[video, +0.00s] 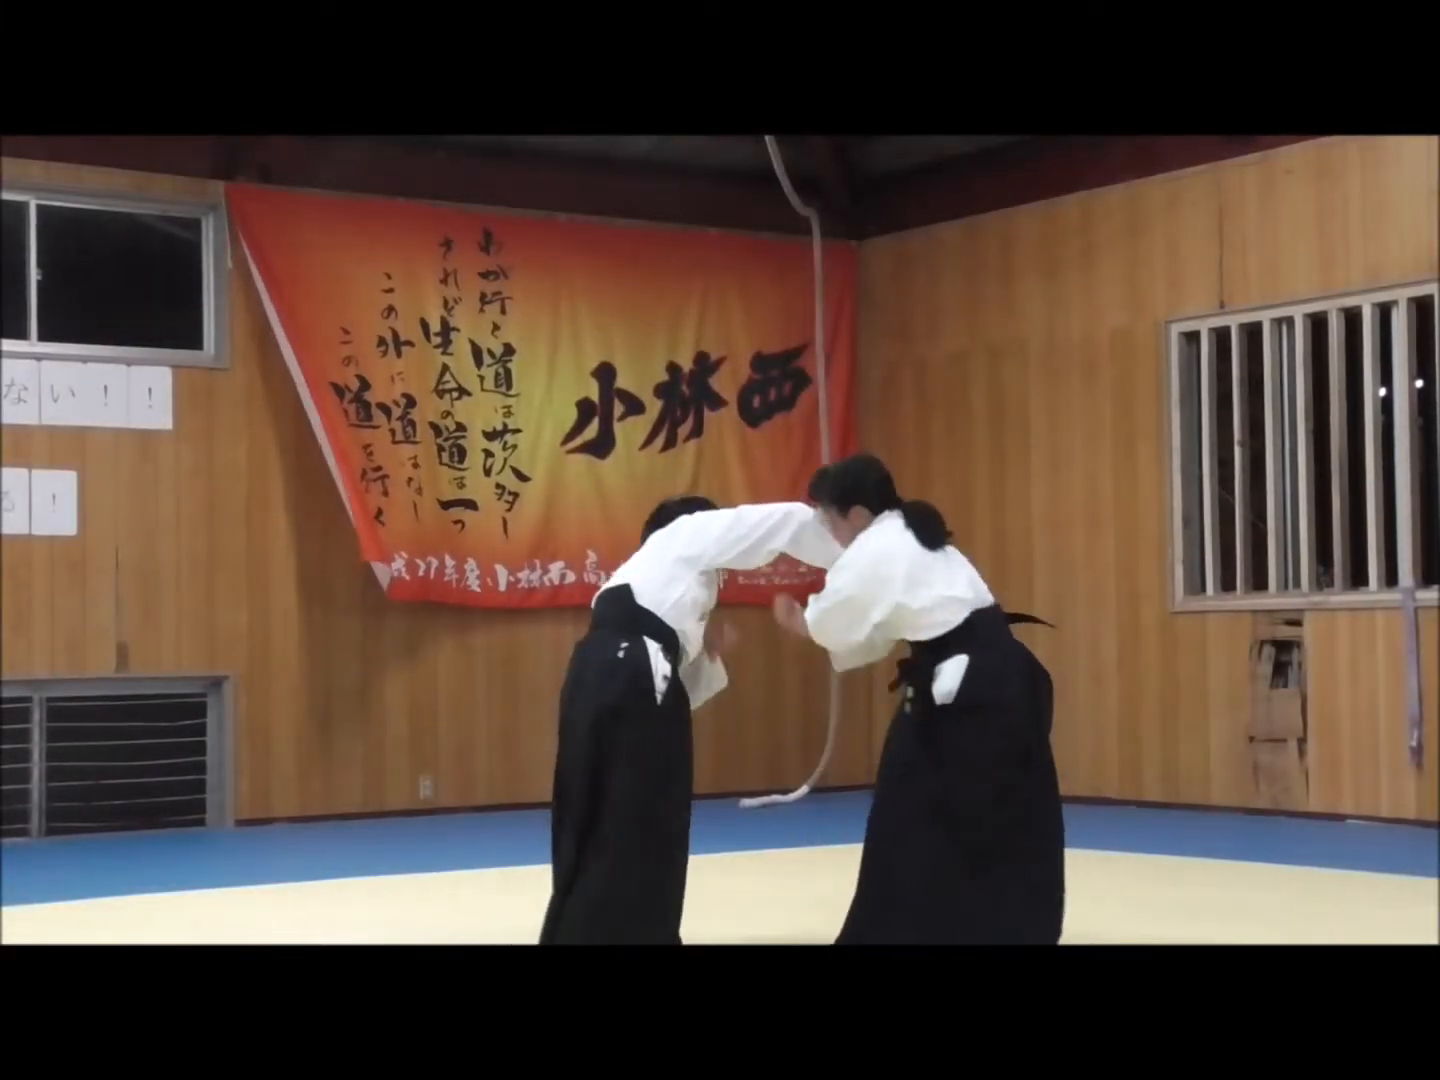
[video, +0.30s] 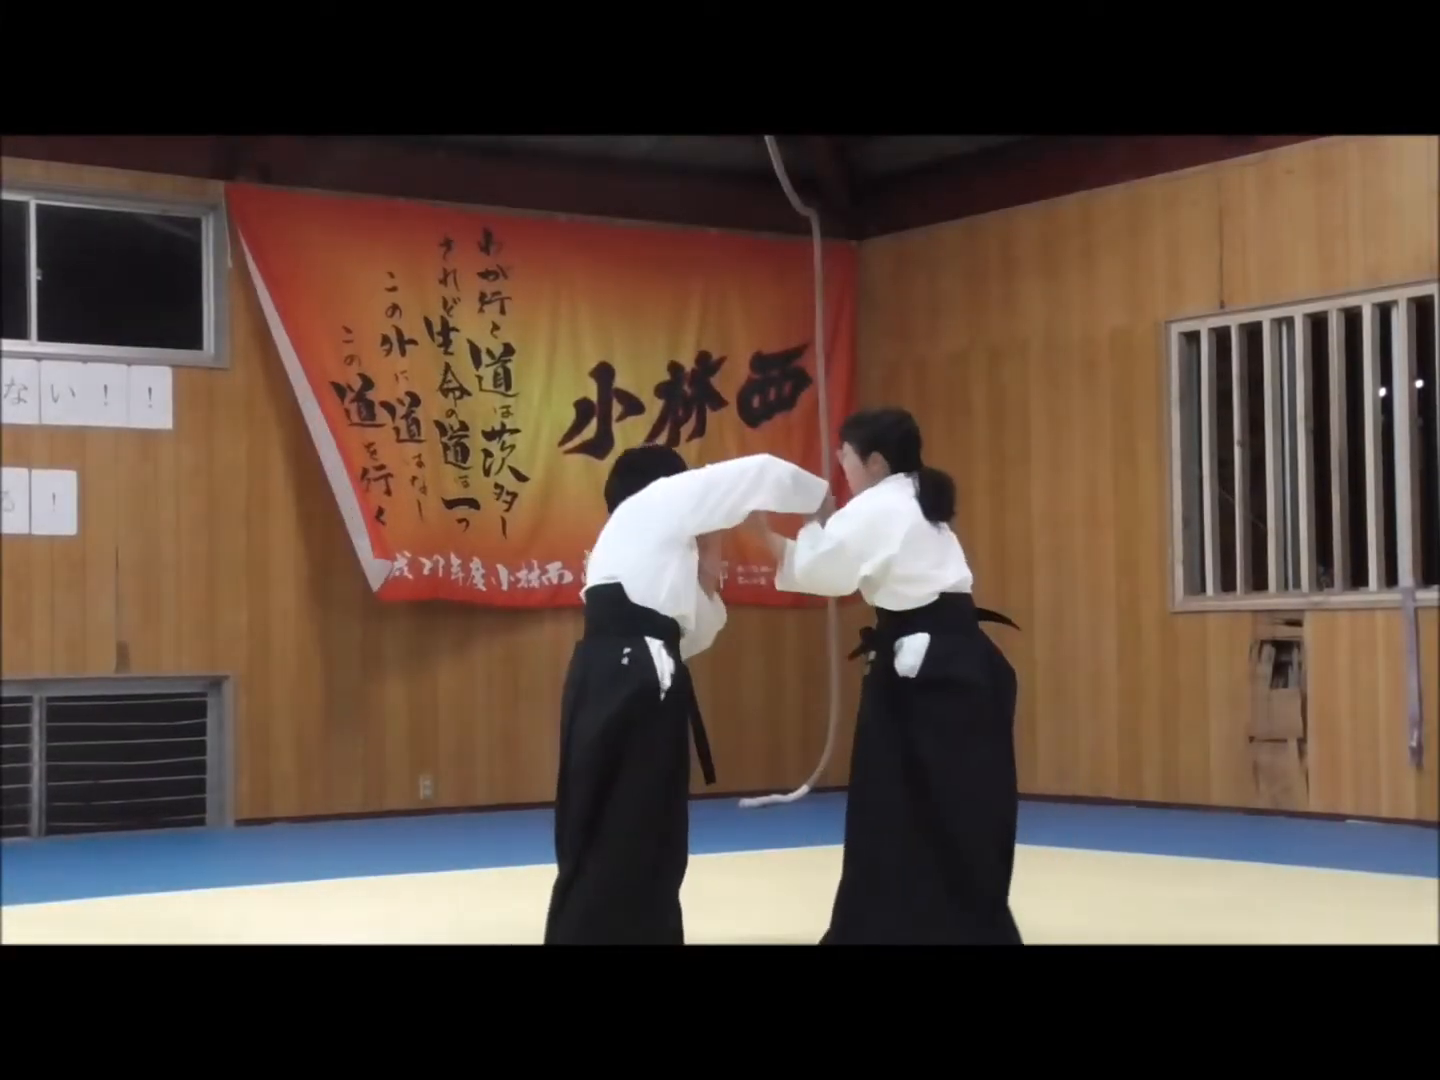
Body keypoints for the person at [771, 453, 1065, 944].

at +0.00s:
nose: (828, 532)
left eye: (828, 519)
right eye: (824, 520)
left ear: (855, 513)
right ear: (877, 504)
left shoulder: (872, 552)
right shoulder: (922, 533)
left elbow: (830, 627)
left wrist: (795, 620)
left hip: (963, 683)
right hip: (1015, 670)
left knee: (912, 818)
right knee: (1010, 820)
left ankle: (905, 931)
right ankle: (1007, 931)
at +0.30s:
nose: (843, 469)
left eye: (847, 458)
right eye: (842, 458)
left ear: (875, 460)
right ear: (896, 459)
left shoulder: (876, 509)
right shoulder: (922, 499)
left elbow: (814, 568)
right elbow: (853, 562)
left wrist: (765, 530)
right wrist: (781, 546)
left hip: (922, 665)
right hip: (970, 660)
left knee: (899, 806)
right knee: (963, 807)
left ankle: (889, 928)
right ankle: (964, 928)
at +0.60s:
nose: (840, 465)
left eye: (844, 457)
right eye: (840, 457)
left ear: (868, 462)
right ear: (896, 462)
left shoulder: (858, 510)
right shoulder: (921, 504)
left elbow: (787, 525)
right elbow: (816, 551)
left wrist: (767, 470)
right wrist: (754, 532)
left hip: (889, 660)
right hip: (948, 657)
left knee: (858, 790)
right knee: (939, 798)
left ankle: (865, 923)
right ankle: (938, 924)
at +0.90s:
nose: (777, 503)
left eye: (783, 494)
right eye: (779, 494)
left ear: (804, 498)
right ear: (837, 497)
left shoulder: (782, 540)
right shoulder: (862, 536)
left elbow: (708, 528)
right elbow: (807, 616)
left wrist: (673, 485)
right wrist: (731, 611)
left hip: (828, 681)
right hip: (898, 677)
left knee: (806, 816)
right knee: (914, 819)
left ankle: (772, 931)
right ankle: (925, 932)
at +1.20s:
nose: (696, 587)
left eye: (699, 577)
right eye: (696, 578)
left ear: (715, 572)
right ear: (749, 565)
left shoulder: (694, 615)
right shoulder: (775, 582)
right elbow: (818, 625)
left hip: (777, 686)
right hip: (849, 671)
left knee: (777, 818)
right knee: (888, 801)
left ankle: (783, 930)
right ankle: (938, 925)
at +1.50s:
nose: (678, 631)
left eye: (677, 621)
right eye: (677, 623)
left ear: (689, 609)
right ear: (728, 595)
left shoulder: (695, 640)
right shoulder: (772, 606)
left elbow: (683, 751)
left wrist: (686, 832)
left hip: (777, 697)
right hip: (847, 680)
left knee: (770, 826)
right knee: (892, 798)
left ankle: (764, 928)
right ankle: (945, 923)